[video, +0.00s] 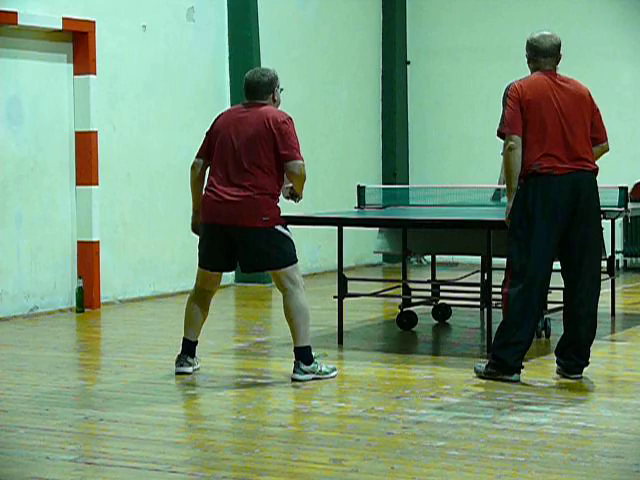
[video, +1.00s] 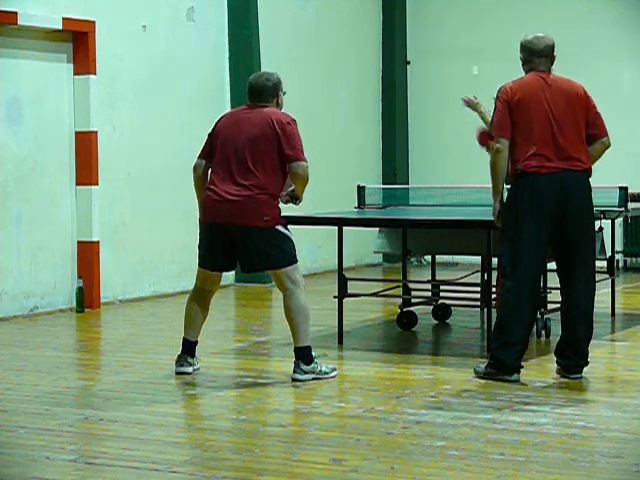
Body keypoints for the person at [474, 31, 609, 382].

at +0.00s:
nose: (533, 62)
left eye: (530, 57)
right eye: (549, 56)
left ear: (528, 58)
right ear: (559, 58)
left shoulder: (518, 90)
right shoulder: (581, 91)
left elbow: (513, 143)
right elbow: (600, 144)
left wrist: (512, 196)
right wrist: (570, 168)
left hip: (539, 191)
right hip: (583, 192)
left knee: (527, 276)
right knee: (584, 276)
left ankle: (506, 362)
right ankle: (572, 362)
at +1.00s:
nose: (525, 64)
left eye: (523, 59)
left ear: (522, 60)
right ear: (553, 60)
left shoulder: (511, 92)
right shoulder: (577, 91)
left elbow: (500, 146)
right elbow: (602, 141)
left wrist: (498, 200)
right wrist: (573, 168)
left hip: (530, 192)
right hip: (576, 192)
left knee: (520, 275)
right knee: (579, 275)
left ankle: (505, 361)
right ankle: (573, 362)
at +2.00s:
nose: (492, 113)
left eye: (493, 109)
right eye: (492, 109)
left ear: (499, 106)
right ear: (526, 107)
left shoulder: (502, 121)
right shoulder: (542, 124)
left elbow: (497, 163)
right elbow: (547, 164)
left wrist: (481, 215)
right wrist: (505, 185)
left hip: (543, 193)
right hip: (578, 193)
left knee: (518, 273)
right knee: (555, 269)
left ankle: (487, 362)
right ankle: (554, 353)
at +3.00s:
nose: (523, 70)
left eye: (521, 65)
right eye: (534, 62)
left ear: (521, 65)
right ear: (550, 63)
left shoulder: (518, 97)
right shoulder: (576, 93)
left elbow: (507, 152)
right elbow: (607, 142)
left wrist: (499, 205)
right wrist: (581, 170)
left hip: (551, 189)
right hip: (591, 188)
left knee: (537, 273)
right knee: (577, 271)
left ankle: (536, 364)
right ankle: (584, 355)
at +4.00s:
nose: (499, 80)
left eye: (498, 75)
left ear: (498, 77)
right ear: (526, 75)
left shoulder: (494, 111)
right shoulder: (552, 106)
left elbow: (482, 165)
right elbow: (578, 155)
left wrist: (472, 217)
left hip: (522, 208)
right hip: (567, 205)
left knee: (486, 279)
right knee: (591, 281)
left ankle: (485, 363)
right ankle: (636, 362)